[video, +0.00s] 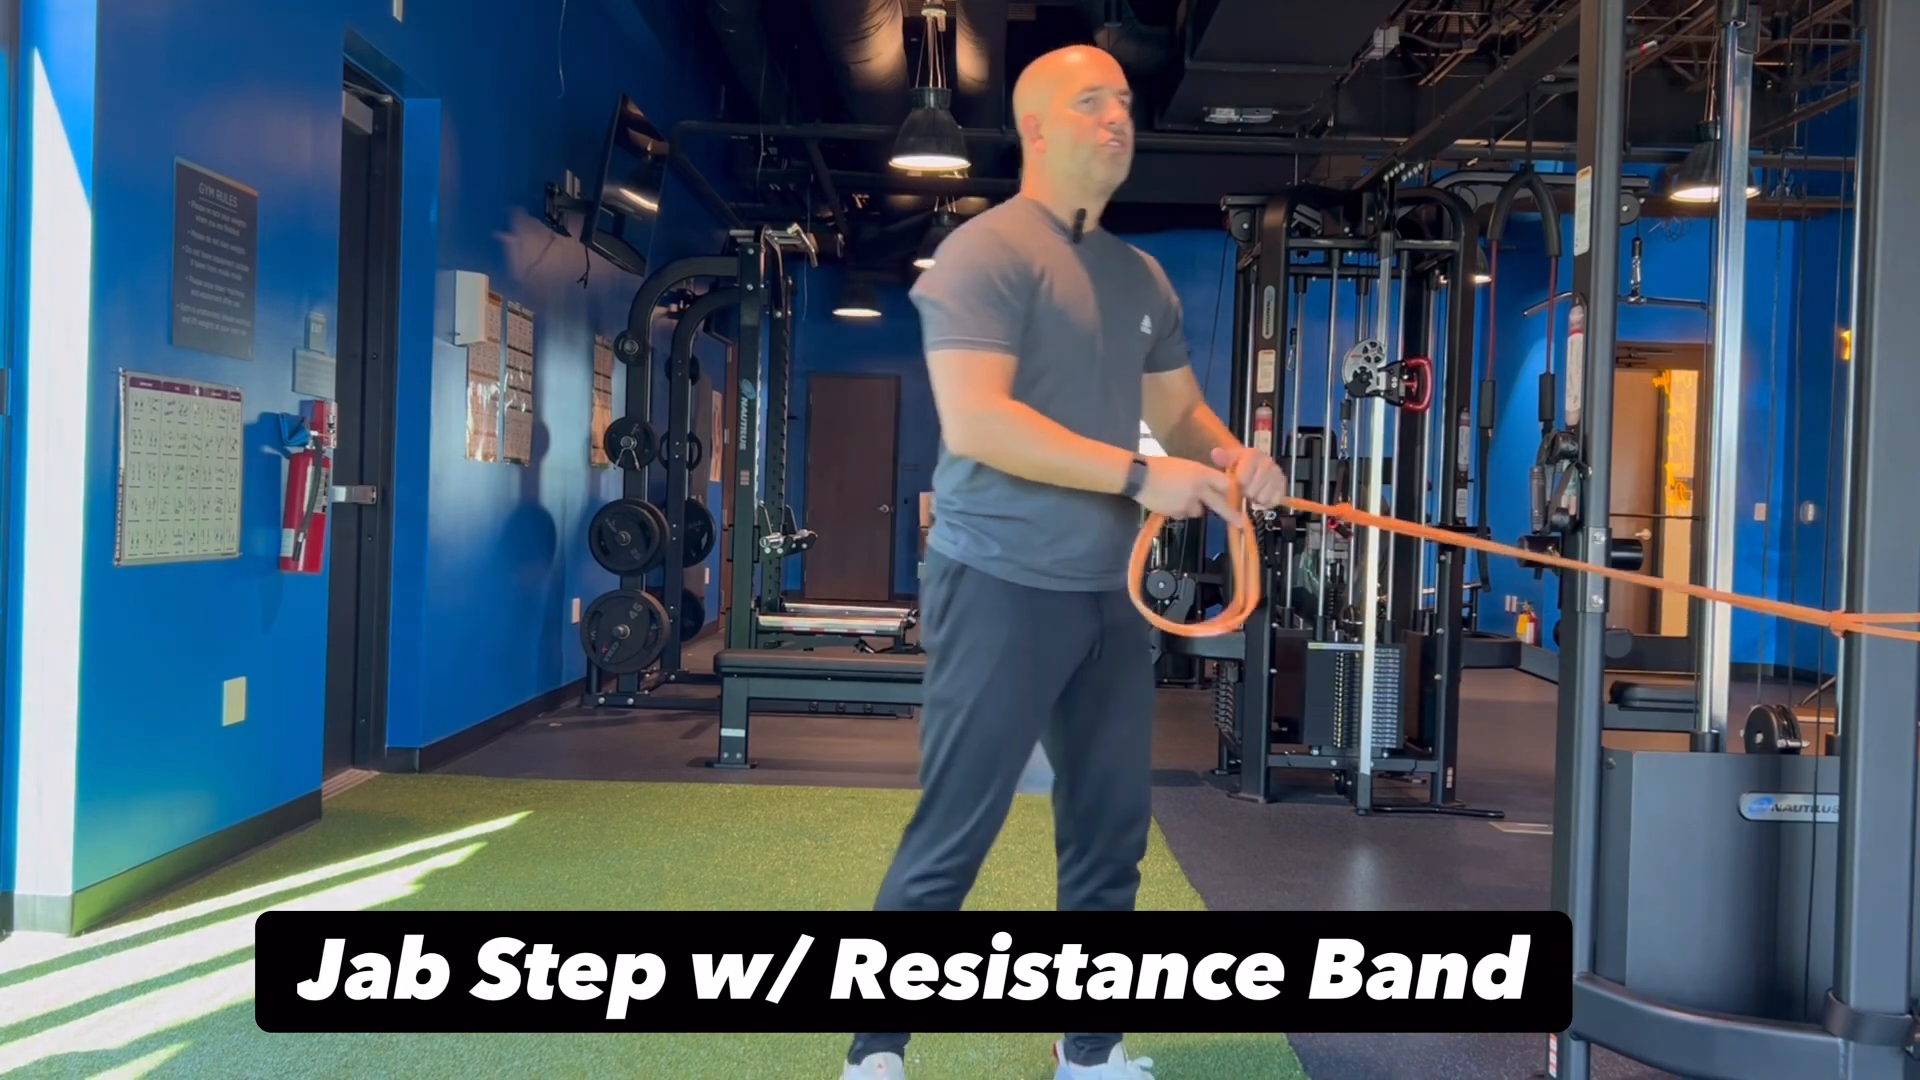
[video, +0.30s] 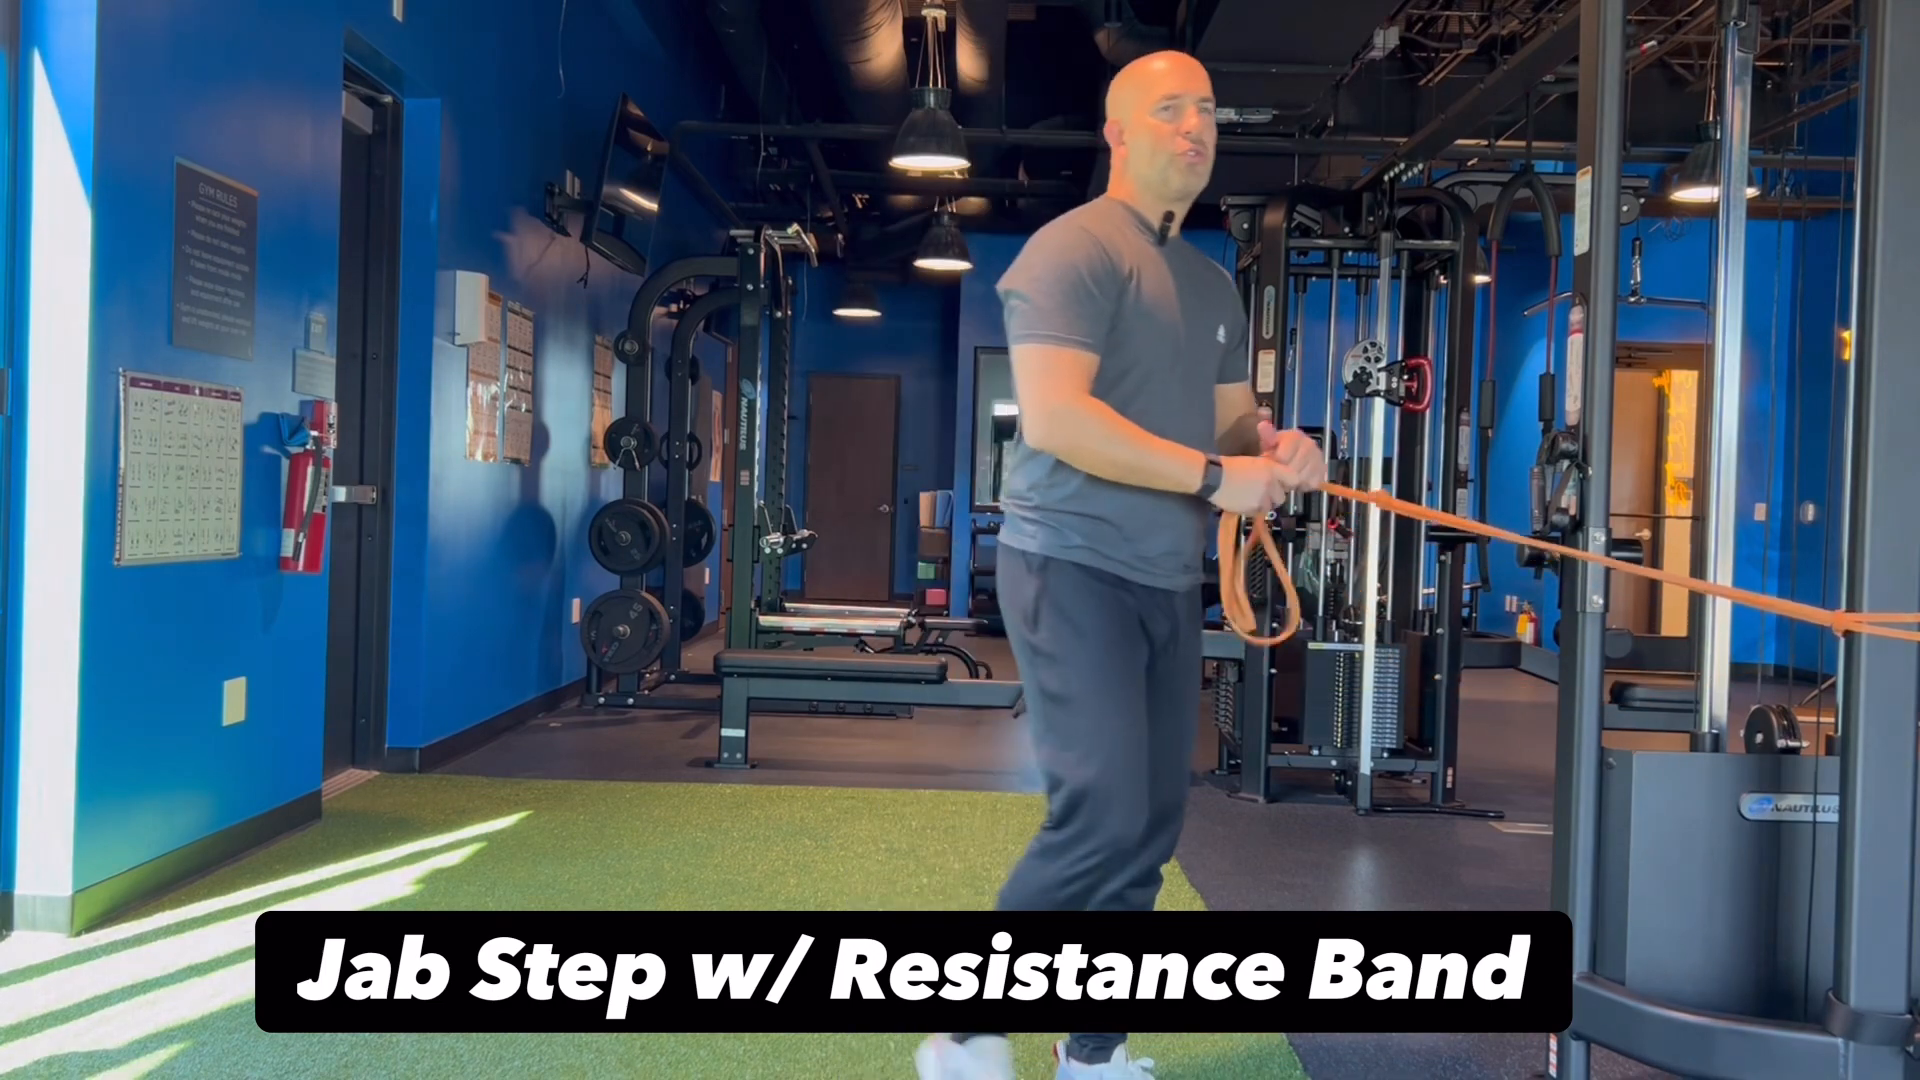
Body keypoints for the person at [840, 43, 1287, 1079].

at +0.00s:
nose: (1122, 118)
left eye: (1128, 104)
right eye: (1095, 101)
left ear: (1132, 134)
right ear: (1037, 127)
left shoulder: (1140, 277)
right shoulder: (981, 252)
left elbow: (1179, 412)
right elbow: (973, 422)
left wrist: (1231, 455)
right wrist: (1135, 471)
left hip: (1110, 592)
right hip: (997, 584)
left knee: (1109, 836)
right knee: (955, 831)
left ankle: (1089, 1051)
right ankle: (877, 1045)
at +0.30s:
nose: (1198, 127)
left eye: (1207, 111)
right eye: (1172, 109)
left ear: (1216, 137)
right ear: (1117, 132)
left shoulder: (1215, 282)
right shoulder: (1069, 248)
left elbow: (1229, 420)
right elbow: (1053, 417)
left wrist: (1268, 440)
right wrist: (1209, 475)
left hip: (1170, 578)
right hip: (1071, 563)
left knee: (1152, 822)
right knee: (1105, 810)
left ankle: (1089, 1048)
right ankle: (963, 1019)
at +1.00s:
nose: (1389, 175)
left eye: (1389, 154)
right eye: (1374, 152)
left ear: (1316, 159)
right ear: (1304, 155)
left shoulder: (1366, 299)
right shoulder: (1177, 270)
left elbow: (1387, 429)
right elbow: (1090, 417)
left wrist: (1421, 451)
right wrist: (1224, 418)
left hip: (1327, 609)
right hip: (1199, 601)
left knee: (1339, 850)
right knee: (1167, 851)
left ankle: (1329, 1051)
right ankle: (1100, 1059)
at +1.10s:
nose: (1430, 185)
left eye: (1432, 165)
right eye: (1417, 163)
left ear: (1359, 168)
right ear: (1346, 162)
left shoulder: (1408, 304)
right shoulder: (1205, 272)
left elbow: (1436, 430)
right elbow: (1118, 413)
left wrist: (1463, 454)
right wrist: (1223, 423)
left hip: (1357, 612)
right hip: (1221, 607)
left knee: (1347, 845)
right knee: (1179, 836)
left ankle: (1334, 1050)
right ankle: (1107, 1057)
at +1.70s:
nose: (1444, 157)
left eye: (1457, 142)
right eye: (1421, 135)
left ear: (1464, 164)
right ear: (1361, 147)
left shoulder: (1471, 306)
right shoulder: (1260, 261)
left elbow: (1556, 430)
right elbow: (1162, 393)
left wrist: (1667, 514)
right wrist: (1229, 412)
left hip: (1385, 603)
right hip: (1245, 594)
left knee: (1357, 851)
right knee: (1200, 836)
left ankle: (1334, 1048)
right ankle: (1161, 1043)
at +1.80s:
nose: (1410, 147)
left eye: (1433, 135)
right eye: (1392, 127)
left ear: (1453, 168)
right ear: (1350, 149)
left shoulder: (1470, 306)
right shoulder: (1259, 263)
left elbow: (1558, 437)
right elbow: (1168, 395)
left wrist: (1664, 520)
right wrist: (1232, 412)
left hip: (1389, 601)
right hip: (1249, 592)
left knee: (1361, 849)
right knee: (1202, 834)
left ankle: (1334, 1045)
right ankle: (1163, 1041)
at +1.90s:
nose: (1397, 146)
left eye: (1421, 134)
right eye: (1381, 127)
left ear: (1448, 168)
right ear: (1345, 150)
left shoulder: (1470, 306)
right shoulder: (1254, 266)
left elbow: (1545, 441)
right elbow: (1171, 401)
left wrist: (1655, 527)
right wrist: (1237, 415)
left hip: (1393, 603)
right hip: (1249, 593)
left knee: (1362, 848)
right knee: (1204, 832)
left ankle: (1333, 1044)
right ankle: (1164, 1040)